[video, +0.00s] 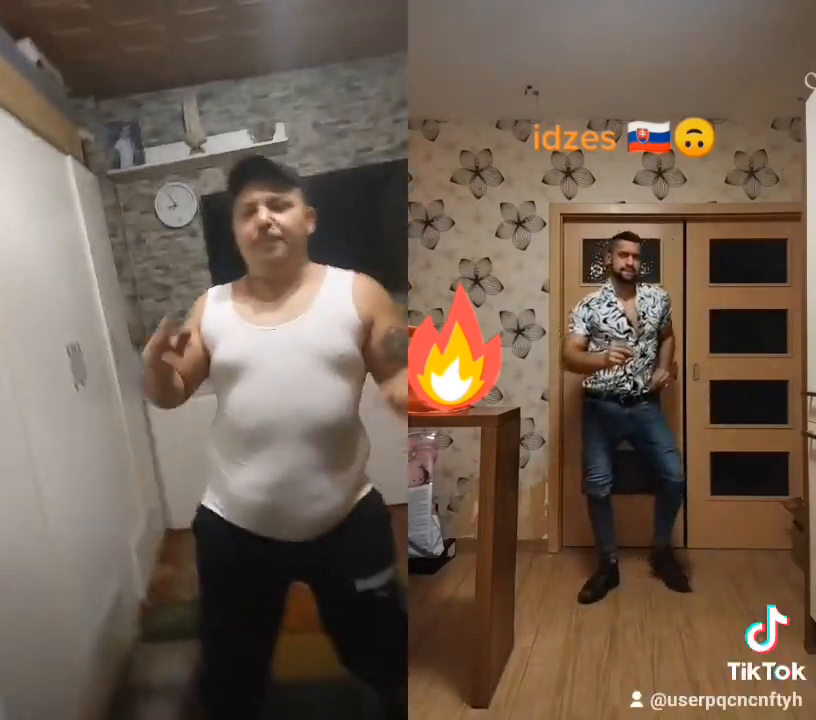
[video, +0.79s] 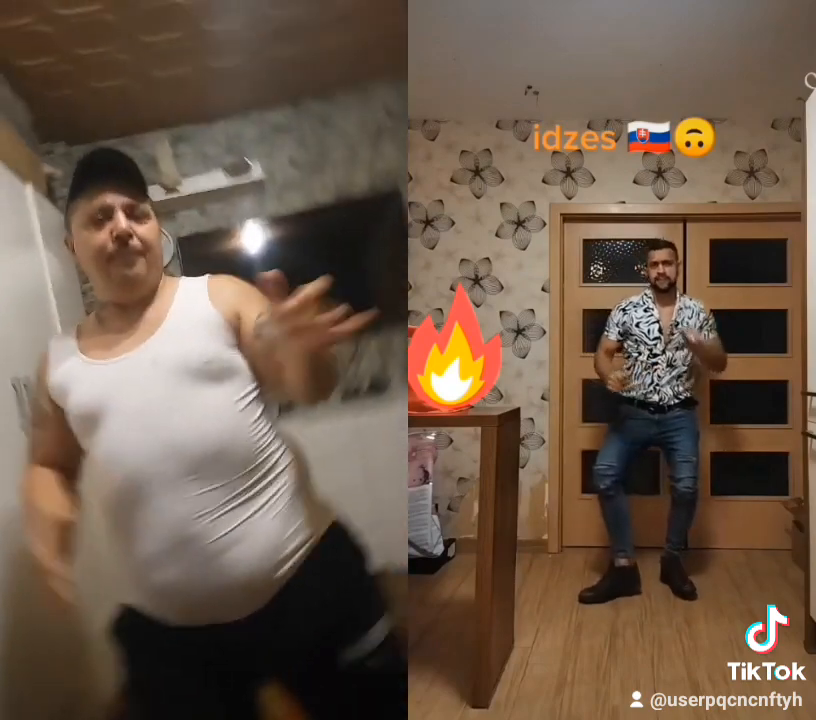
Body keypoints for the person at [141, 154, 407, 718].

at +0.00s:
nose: (266, 220)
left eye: (280, 205)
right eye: (249, 211)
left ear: (309, 220)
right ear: (234, 233)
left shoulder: (358, 294)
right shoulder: (213, 307)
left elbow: (398, 377)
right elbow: (168, 397)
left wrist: (415, 391)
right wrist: (158, 367)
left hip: (343, 523)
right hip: (237, 529)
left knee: (383, 671)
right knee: (229, 688)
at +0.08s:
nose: (257, 215)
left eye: (270, 199)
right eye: (240, 207)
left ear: (302, 212)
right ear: (226, 233)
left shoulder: (359, 284)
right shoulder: (208, 316)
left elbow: (419, 361)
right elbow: (171, 407)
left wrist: (425, 351)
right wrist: (171, 368)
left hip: (365, 523)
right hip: (258, 534)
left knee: (405, 669)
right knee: (267, 692)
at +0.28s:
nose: (215, 213)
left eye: (224, 194)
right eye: (193, 207)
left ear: (257, 200)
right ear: (179, 233)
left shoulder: (330, 261)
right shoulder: (186, 328)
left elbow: (423, 323)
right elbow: (166, 420)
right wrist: (183, 434)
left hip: (390, 516)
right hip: (296, 545)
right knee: (344, 693)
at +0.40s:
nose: (182, 208)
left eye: (192, 190)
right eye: (159, 203)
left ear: (221, 201)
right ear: (143, 233)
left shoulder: (297, 249)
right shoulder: (162, 331)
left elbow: (389, 301)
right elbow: (159, 446)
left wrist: (400, 264)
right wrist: (163, 419)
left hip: (395, 489)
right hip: (297, 537)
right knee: (357, 687)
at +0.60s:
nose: (122, 202)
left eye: (132, 184)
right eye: (97, 196)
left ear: (161, 200)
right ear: (78, 233)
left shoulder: (235, 249)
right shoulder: (96, 343)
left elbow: (343, 298)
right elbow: (89, 431)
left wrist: (341, 252)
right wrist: (106, 450)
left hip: (361, 502)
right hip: (250, 562)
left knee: (448, 641)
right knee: (310, 709)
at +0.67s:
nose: (116, 217)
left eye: (127, 199)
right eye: (92, 210)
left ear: (152, 213)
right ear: (69, 242)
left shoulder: (222, 270)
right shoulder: (77, 358)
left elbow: (322, 329)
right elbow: (71, 450)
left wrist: (335, 291)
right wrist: (91, 487)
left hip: (337, 536)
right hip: (220, 592)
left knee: (393, 687)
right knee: (265, 716)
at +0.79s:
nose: (122, 229)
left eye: (136, 213)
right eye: (99, 219)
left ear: (159, 229)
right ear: (73, 246)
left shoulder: (220, 297)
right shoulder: (64, 362)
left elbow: (308, 390)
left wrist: (304, 350)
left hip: (305, 588)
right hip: (169, 630)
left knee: (372, 706)